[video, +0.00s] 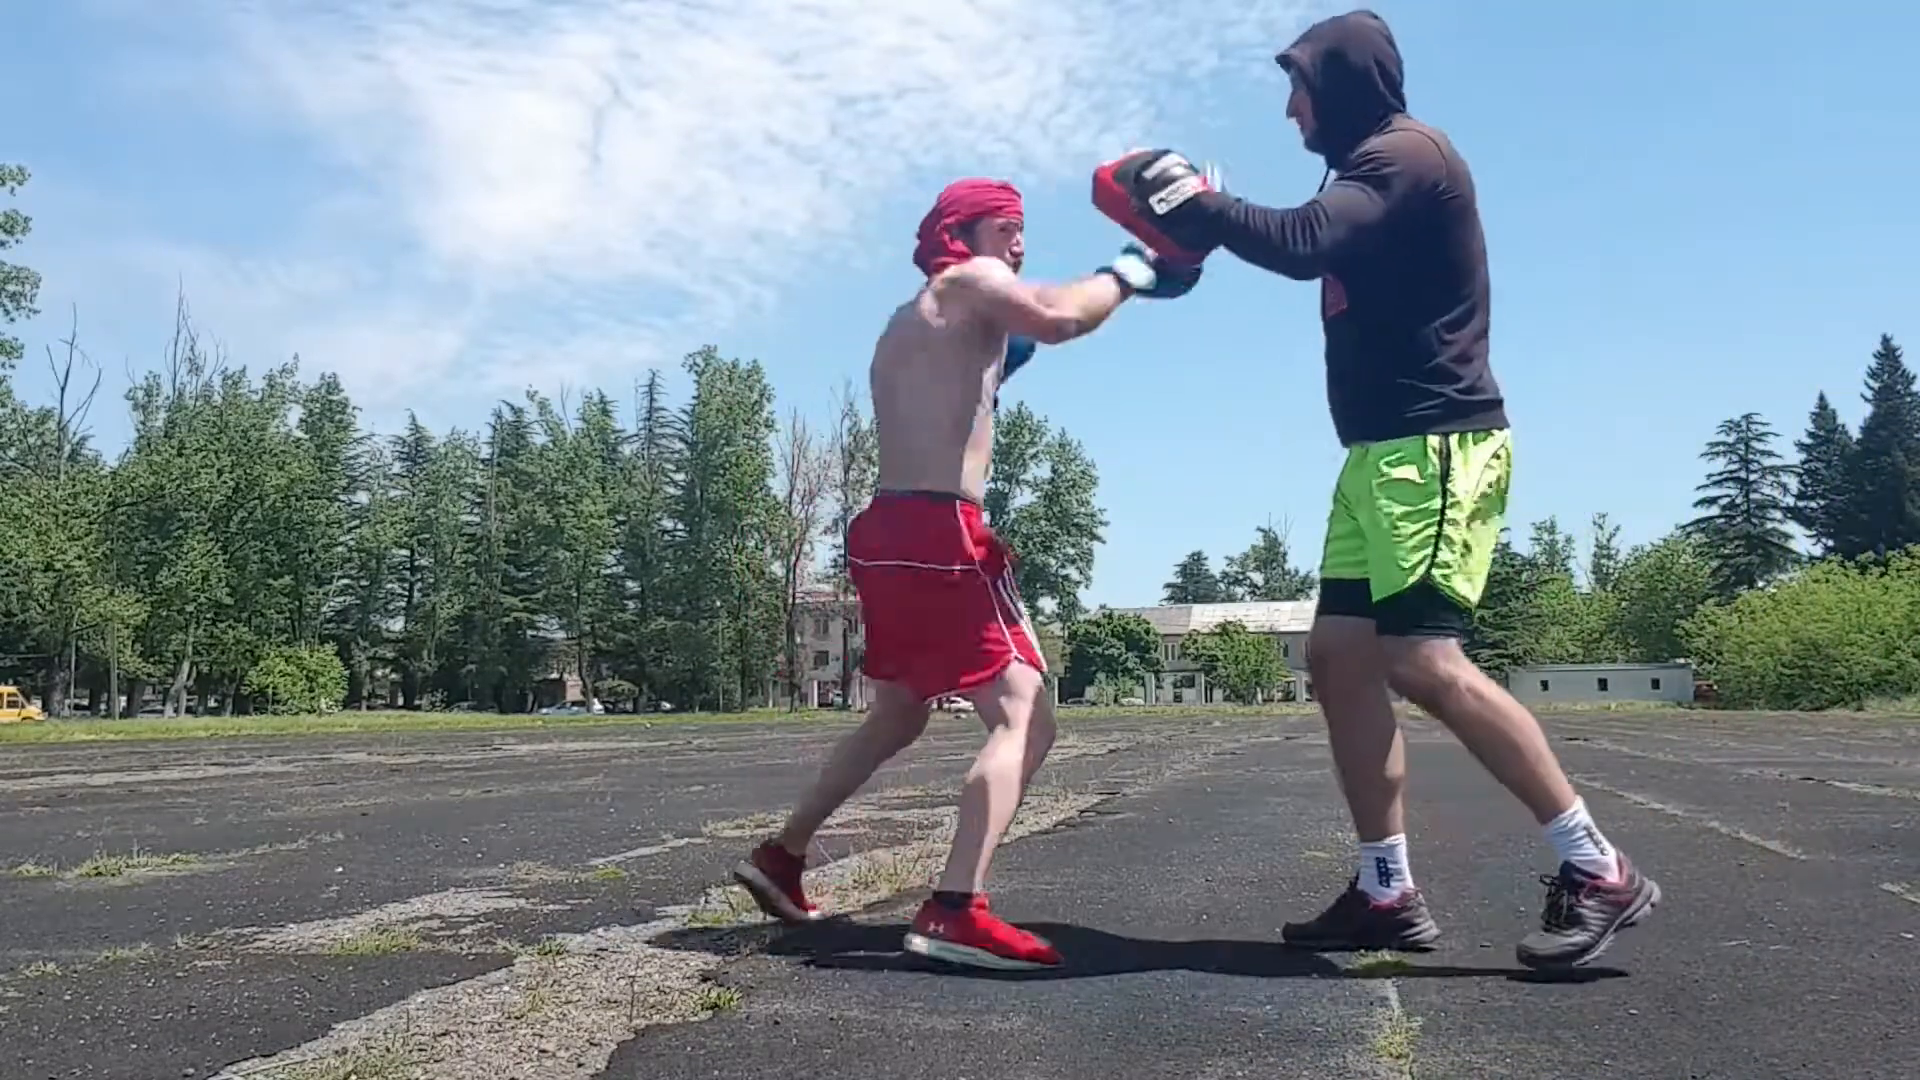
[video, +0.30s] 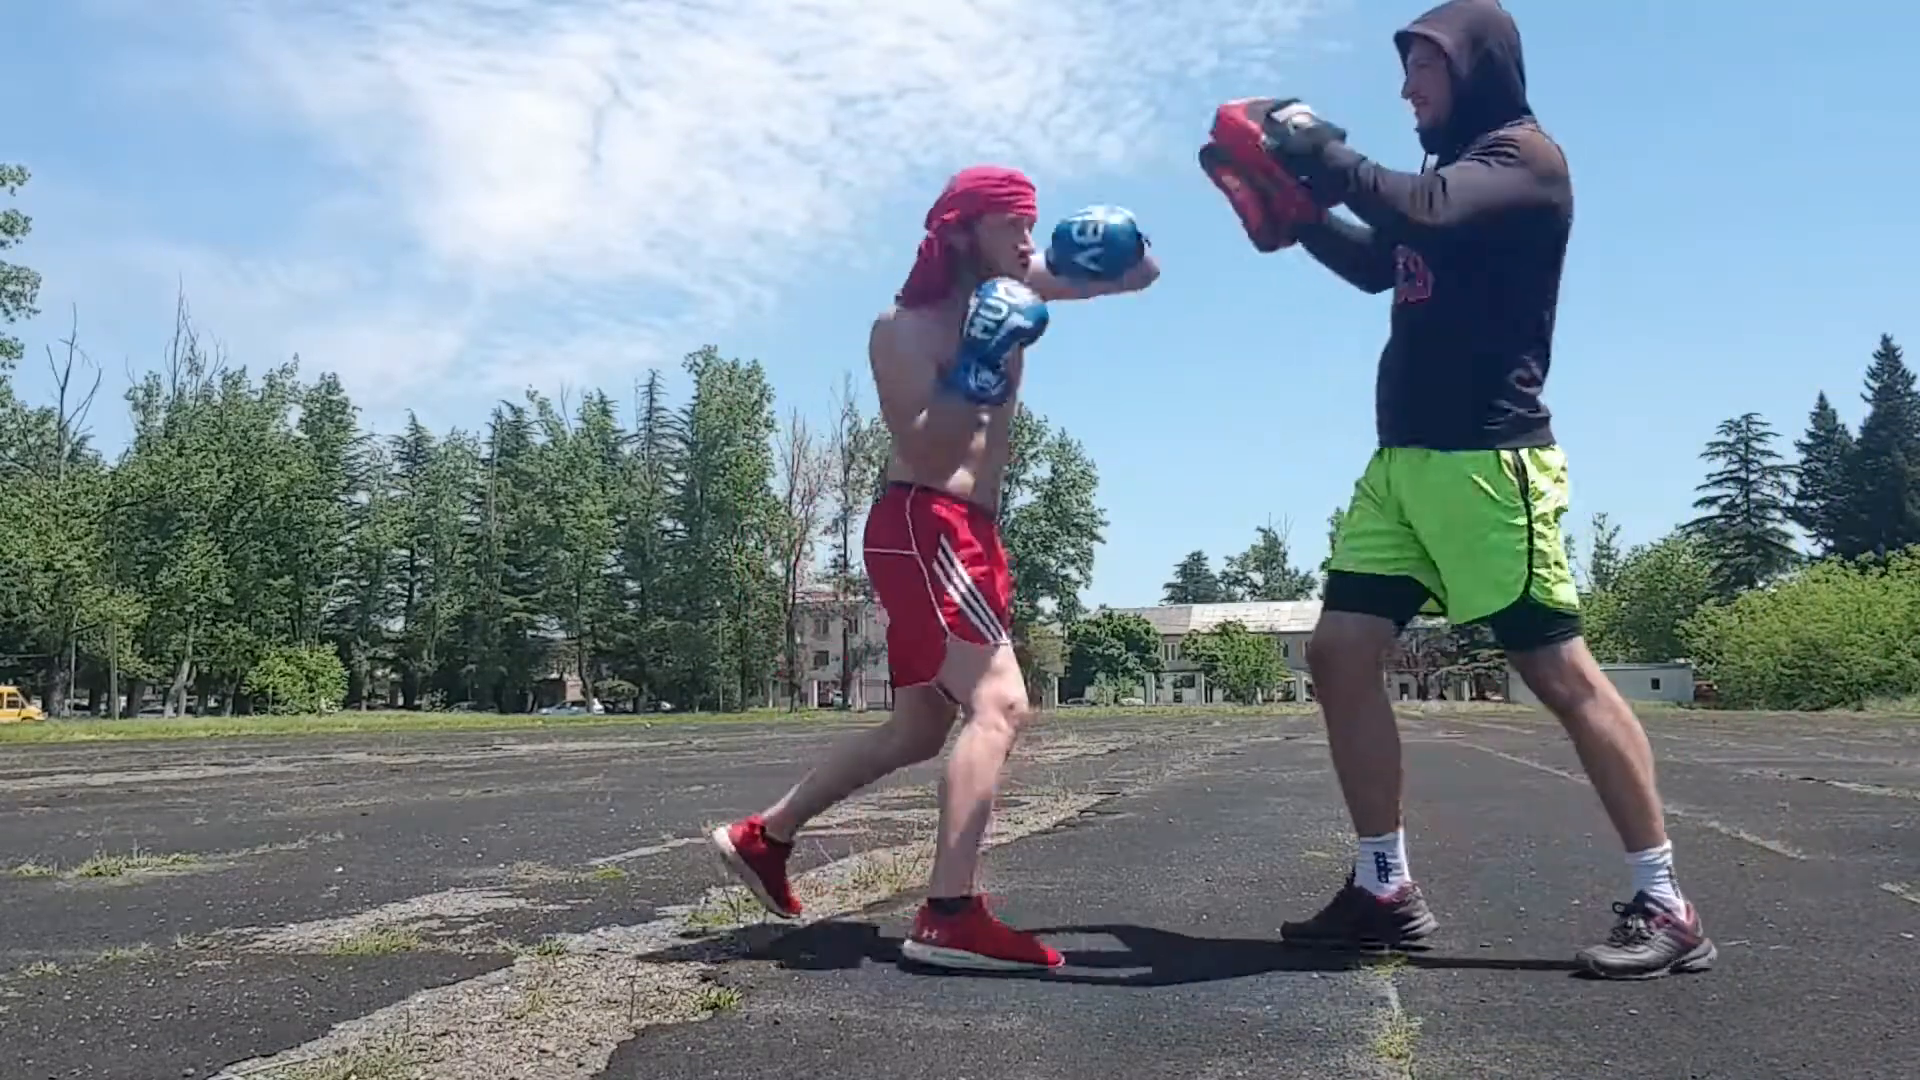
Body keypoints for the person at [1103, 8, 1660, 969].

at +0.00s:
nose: (1290, 110)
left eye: (1298, 90)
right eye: (1291, 91)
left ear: (1343, 86)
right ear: (1356, 82)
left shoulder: (1405, 155)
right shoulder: (1367, 165)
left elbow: (1303, 241)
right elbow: (1300, 245)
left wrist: (1192, 197)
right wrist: (1202, 203)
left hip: (1438, 444)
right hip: (1379, 449)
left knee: (1421, 658)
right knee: (1341, 658)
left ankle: (1598, 869)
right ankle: (1385, 894)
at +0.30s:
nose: (1405, 82)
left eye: (1422, 64)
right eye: (1404, 66)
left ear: (1477, 69)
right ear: (1429, 77)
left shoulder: (1530, 156)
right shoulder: (1429, 179)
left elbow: (1425, 201)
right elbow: (1373, 266)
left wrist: (1325, 149)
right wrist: (1297, 219)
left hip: (1495, 464)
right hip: (1400, 464)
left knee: (1567, 679)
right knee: (1341, 656)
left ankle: (1665, 905)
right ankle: (1384, 891)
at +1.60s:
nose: (1454, 162)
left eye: (1474, 147)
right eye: (1448, 152)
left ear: (1518, 157)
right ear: (1445, 165)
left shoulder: (1558, 224)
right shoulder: (1448, 248)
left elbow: (1531, 254)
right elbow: (1383, 304)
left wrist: (1441, 192)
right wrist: (1320, 286)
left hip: (1545, 492)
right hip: (1452, 489)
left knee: (1593, 677)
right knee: (1386, 640)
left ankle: (1632, 860)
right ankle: (1443, 826)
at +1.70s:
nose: (1461, 154)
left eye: (1479, 142)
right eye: (1452, 145)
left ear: (1516, 159)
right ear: (1439, 166)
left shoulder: (1563, 235)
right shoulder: (1441, 257)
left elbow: (1636, 271)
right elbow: (1374, 345)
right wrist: (1323, 330)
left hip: (1544, 487)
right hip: (1451, 486)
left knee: (1589, 673)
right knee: (1389, 646)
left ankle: (1629, 856)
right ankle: (1442, 804)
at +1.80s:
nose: (1457, 167)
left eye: (1473, 152)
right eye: (1444, 158)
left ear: (1510, 163)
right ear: (1435, 179)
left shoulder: (1565, 243)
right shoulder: (1432, 267)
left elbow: (1675, 328)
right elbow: (1394, 362)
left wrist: (1632, 275)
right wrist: (1335, 369)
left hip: (1543, 490)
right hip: (1445, 490)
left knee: (1590, 674)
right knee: (1409, 660)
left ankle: (1632, 860)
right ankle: (1437, 809)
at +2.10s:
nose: (1435, 201)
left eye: (1450, 188)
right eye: (1421, 190)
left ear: (1478, 199)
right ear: (1405, 203)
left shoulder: (1518, 268)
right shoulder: (1377, 275)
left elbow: (1613, 342)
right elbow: (1315, 311)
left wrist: (1585, 267)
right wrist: (1312, 229)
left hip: (1506, 501)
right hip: (1410, 506)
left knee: (1529, 664)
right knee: (1427, 689)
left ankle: (1545, 838)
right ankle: (1451, 846)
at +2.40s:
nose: (1424, 203)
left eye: (1440, 192)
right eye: (1408, 192)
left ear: (1465, 206)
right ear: (1388, 207)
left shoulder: (1491, 273)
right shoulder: (1364, 267)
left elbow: (1555, 275)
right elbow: (1313, 270)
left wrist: (1516, 194)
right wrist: (1327, 185)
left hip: (1469, 504)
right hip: (1371, 499)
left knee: (1493, 683)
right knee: (1326, 664)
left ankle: (1498, 851)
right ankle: (1330, 831)